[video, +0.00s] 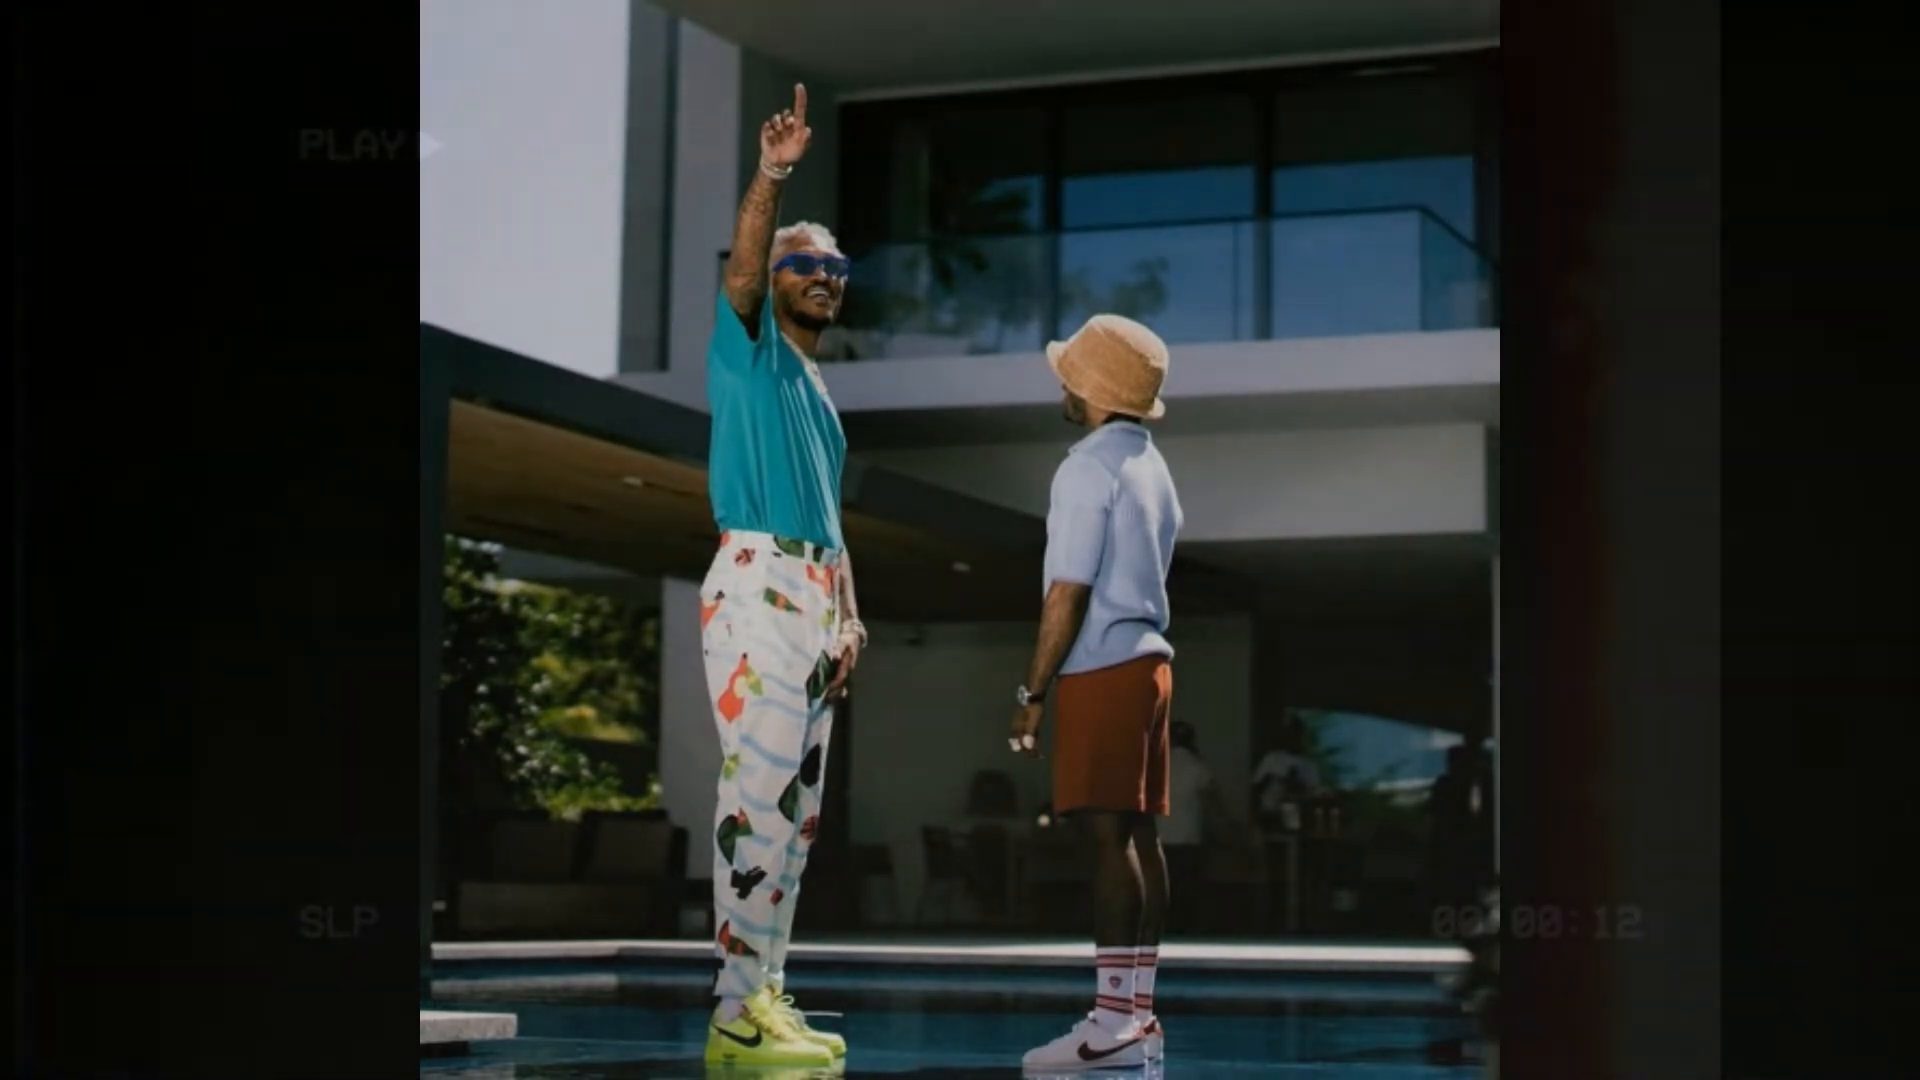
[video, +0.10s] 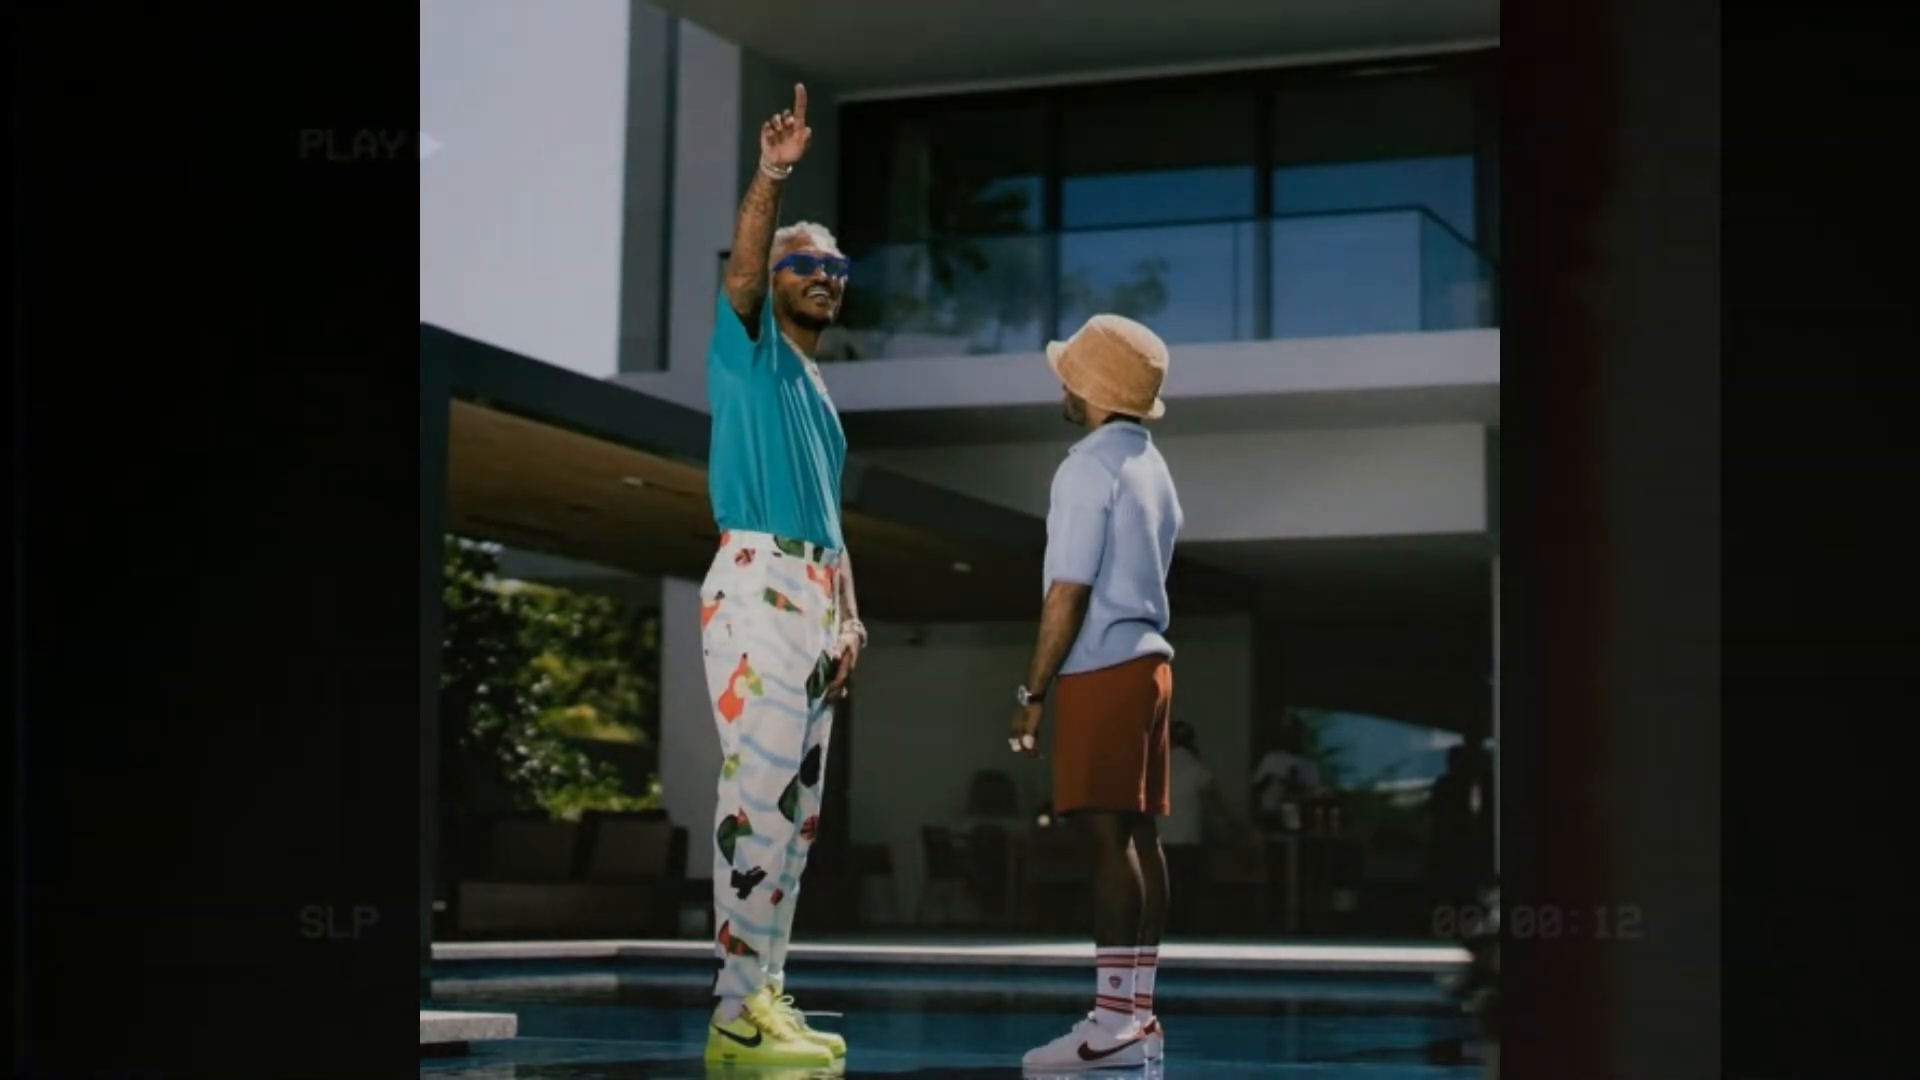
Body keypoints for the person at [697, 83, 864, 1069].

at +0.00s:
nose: (823, 284)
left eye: (834, 274)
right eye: (806, 268)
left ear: (841, 293)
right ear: (770, 278)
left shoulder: (817, 393)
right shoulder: (744, 343)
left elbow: (827, 519)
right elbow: (743, 269)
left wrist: (847, 613)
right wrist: (770, 174)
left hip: (814, 589)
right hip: (756, 581)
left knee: (794, 797)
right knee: (758, 790)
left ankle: (756, 1004)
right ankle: (748, 1001)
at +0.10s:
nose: (823, 284)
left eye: (834, 274)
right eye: (806, 268)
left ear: (841, 293)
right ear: (770, 277)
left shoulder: (817, 393)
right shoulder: (744, 343)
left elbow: (827, 519)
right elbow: (743, 268)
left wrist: (847, 612)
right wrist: (770, 174)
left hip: (814, 590)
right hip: (756, 582)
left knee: (794, 798)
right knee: (759, 790)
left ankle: (756, 1003)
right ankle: (747, 1002)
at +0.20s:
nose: (823, 284)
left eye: (834, 274)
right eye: (806, 268)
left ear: (841, 293)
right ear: (770, 277)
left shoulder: (817, 393)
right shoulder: (744, 343)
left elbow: (827, 519)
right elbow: (743, 269)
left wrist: (847, 612)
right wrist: (770, 174)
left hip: (814, 590)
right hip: (756, 582)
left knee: (794, 798)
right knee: (759, 790)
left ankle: (756, 1003)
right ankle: (747, 1002)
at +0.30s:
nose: (822, 284)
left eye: (833, 274)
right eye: (806, 268)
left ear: (841, 293)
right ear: (770, 278)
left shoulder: (817, 393)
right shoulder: (744, 343)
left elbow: (827, 519)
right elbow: (744, 268)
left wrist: (847, 612)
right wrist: (770, 174)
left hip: (814, 589)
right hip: (756, 582)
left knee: (794, 798)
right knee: (759, 791)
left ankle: (756, 1003)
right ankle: (747, 1003)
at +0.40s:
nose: (822, 283)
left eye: (834, 274)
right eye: (806, 268)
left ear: (841, 293)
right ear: (770, 277)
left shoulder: (817, 393)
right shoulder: (744, 343)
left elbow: (827, 519)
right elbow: (744, 268)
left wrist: (847, 612)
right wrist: (770, 174)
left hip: (814, 589)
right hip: (756, 582)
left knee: (794, 798)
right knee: (759, 791)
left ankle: (756, 1003)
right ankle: (747, 1003)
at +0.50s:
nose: (823, 284)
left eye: (834, 274)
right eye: (806, 268)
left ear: (841, 293)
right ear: (770, 278)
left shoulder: (817, 393)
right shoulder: (744, 343)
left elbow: (827, 519)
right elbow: (743, 269)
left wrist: (847, 612)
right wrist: (770, 174)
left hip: (814, 589)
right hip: (756, 582)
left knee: (794, 798)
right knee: (759, 790)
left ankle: (756, 1003)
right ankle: (747, 1002)